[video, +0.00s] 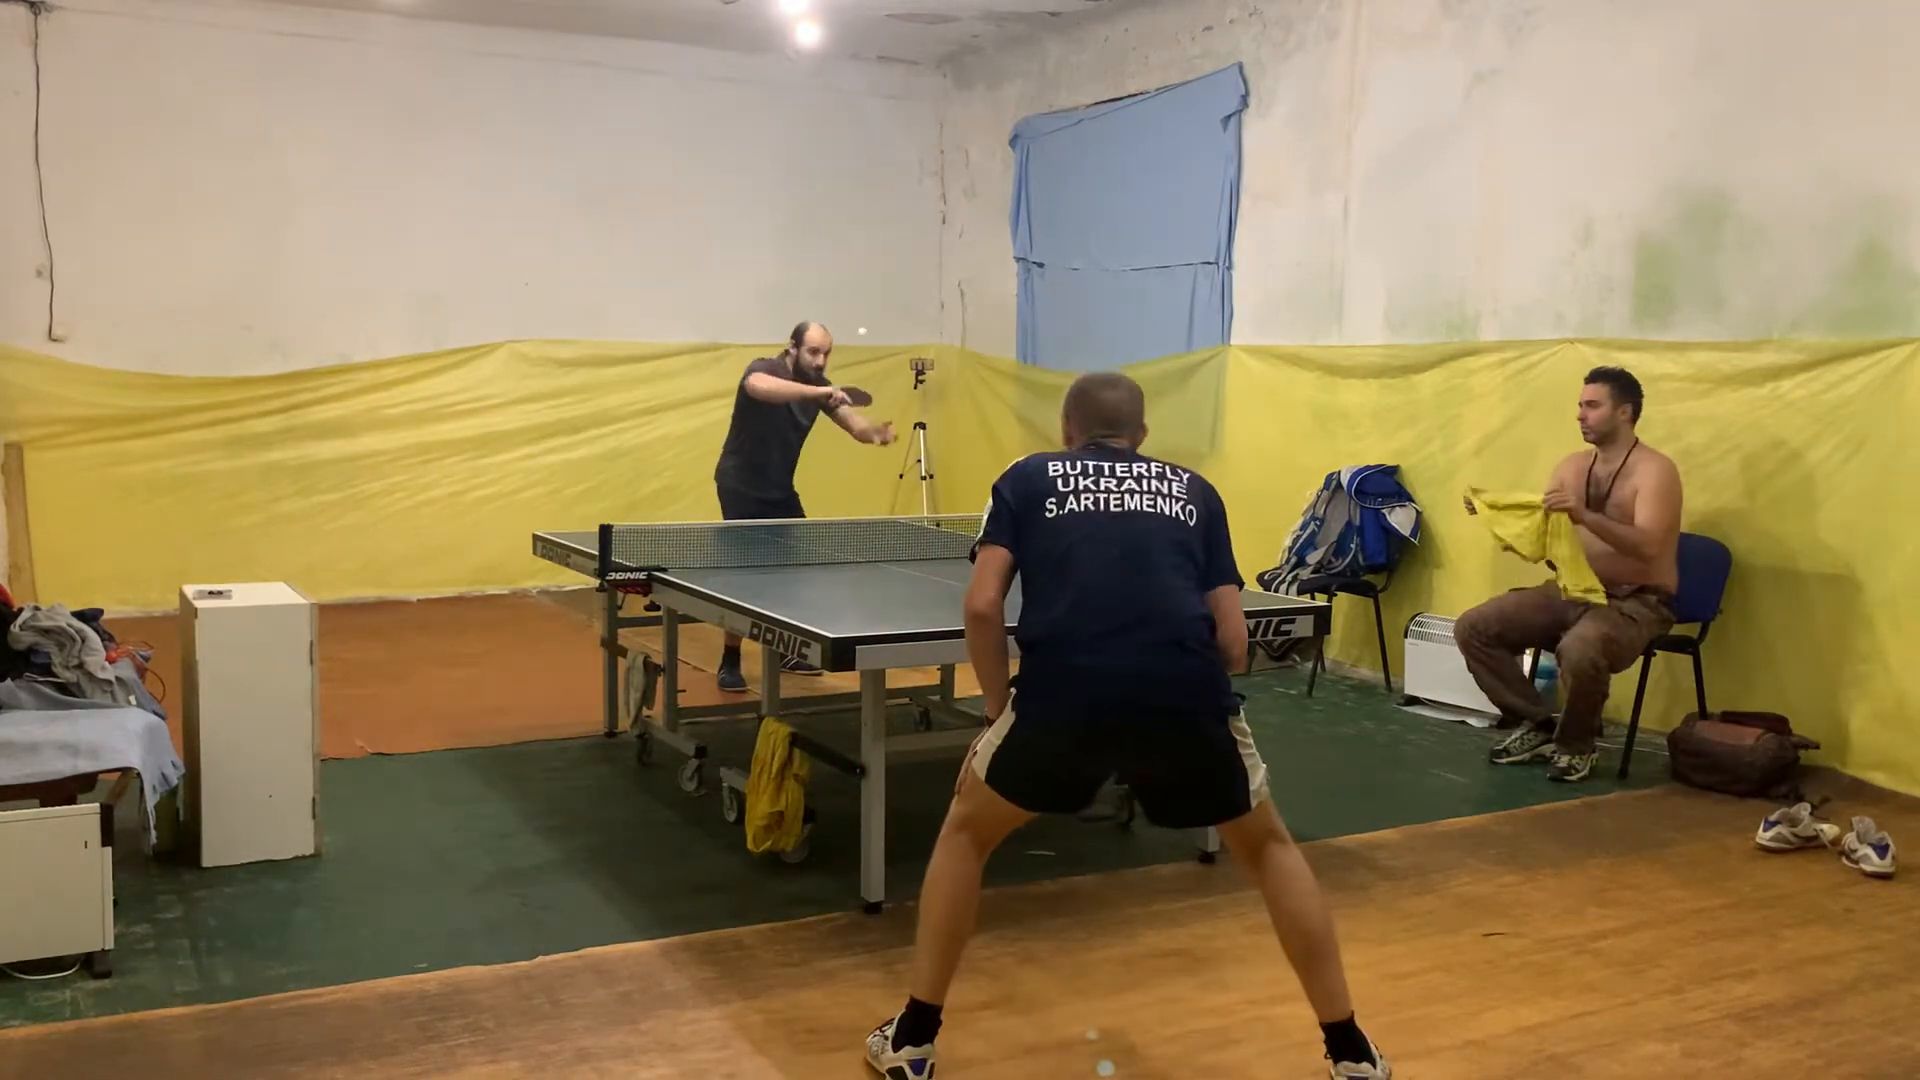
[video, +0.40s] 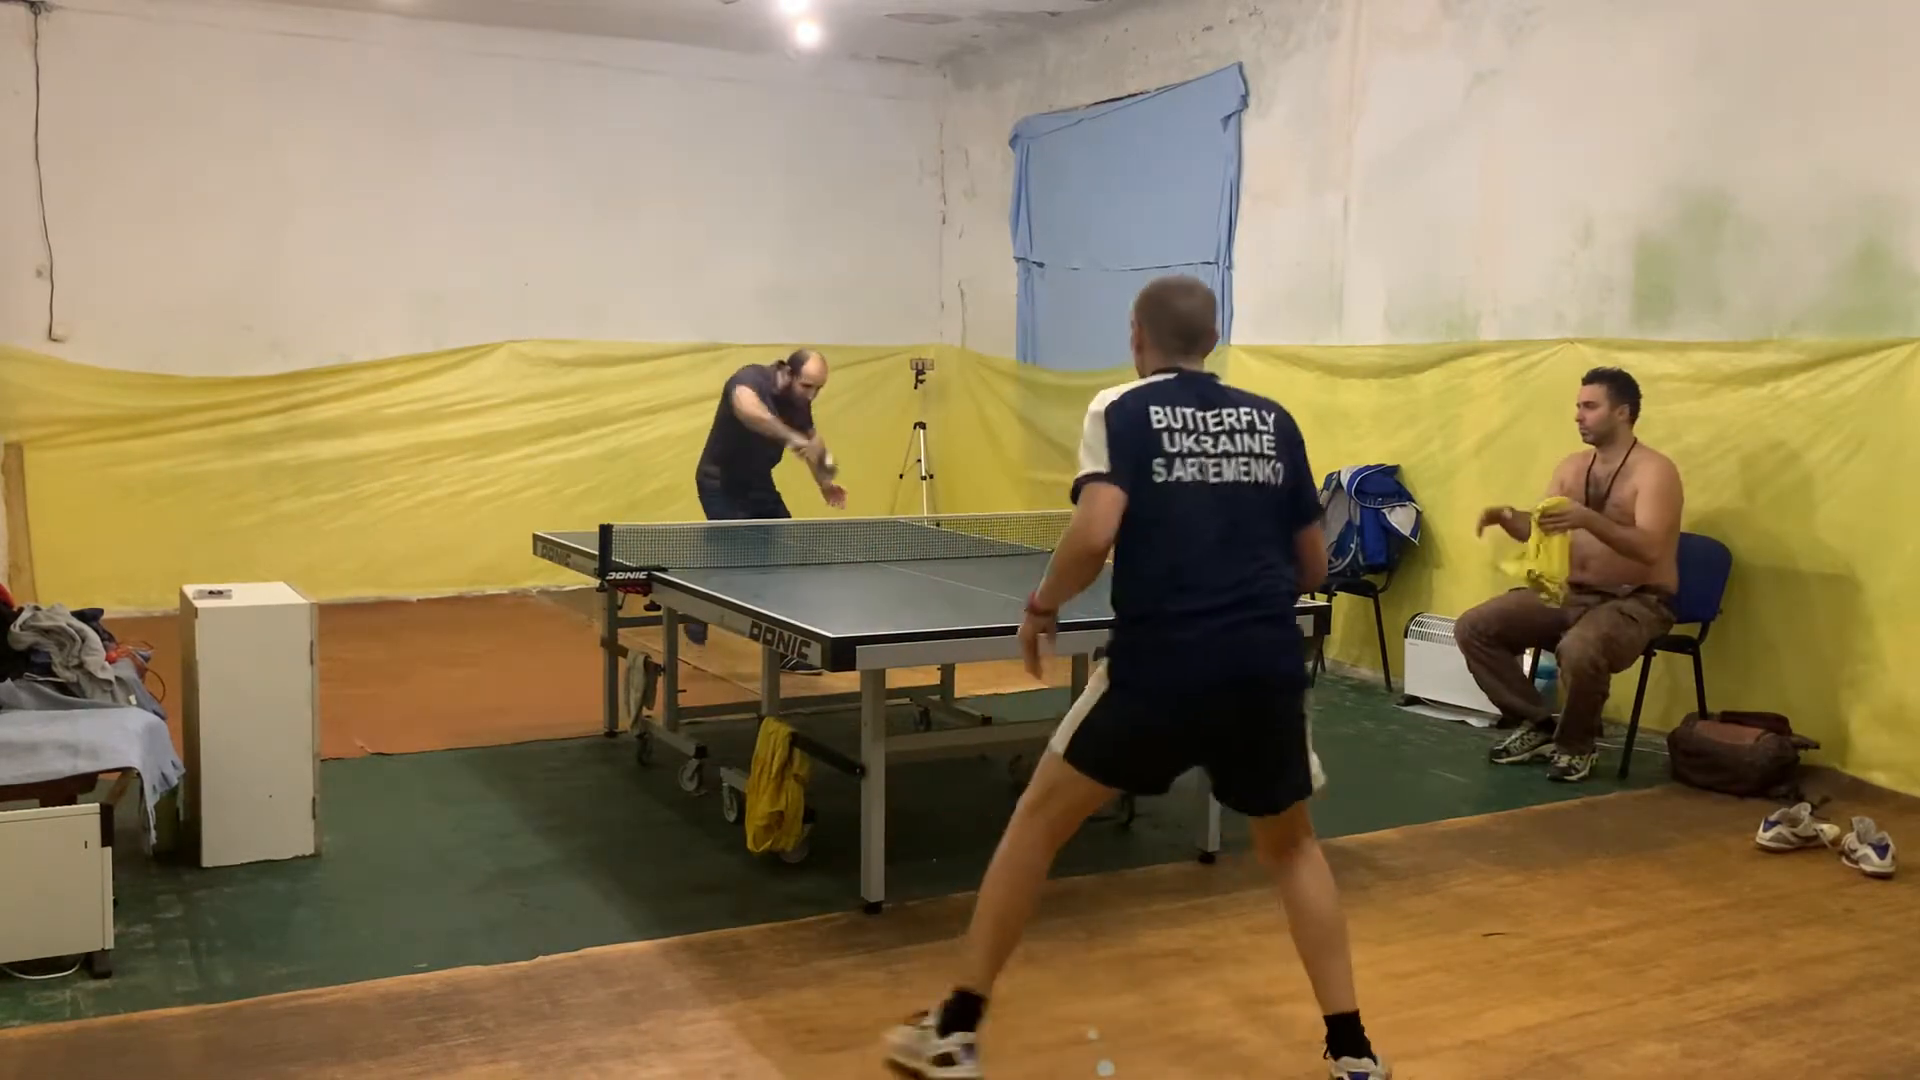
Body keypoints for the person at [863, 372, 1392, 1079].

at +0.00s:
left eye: (1060, 429)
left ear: (1068, 431)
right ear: (1144, 436)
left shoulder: (1028, 478)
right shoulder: (1193, 490)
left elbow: (982, 606)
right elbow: (1232, 640)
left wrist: (999, 710)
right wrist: (1190, 694)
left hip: (1062, 704)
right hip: (1185, 707)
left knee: (967, 835)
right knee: (1268, 847)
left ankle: (915, 1032)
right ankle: (1349, 1047)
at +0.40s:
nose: (1130, 348)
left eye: (1131, 336)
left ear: (1139, 341)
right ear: (1216, 345)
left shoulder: (1118, 410)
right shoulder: (1272, 419)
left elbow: (1095, 536)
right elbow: (1312, 565)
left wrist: (1042, 607)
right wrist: (1238, 579)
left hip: (1156, 670)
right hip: (1265, 670)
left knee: (1039, 824)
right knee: (1293, 845)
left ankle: (958, 1022)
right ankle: (1352, 1048)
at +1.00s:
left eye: (1146, 359)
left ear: (1148, 358)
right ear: (1221, 370)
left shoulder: (1110, 408)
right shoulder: (1262, 435)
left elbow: (1053, 531)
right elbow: (1281, 564)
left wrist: (1044, 572)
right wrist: (1313, 537)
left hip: (1141, 658)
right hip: (1245, 656)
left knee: (1057, 829)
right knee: (1256, 768)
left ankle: (1056, 1038)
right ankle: (1302, 935)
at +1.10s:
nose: (1163, 362)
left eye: (1163, 351)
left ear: (1162, 351)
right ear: (1234, 364)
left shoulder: (1123, 397)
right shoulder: (1271, 428)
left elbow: (1070, 513)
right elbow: (1278, 543)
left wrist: (1051, 578)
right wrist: (1311, 546)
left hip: (1151, 652)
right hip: (1250, 651)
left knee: (1077, 826)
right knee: (1255, 782)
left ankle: (1059, 1036)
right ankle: (1269, 921)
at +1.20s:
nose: (1167, 373)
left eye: (1169, 362)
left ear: (1176, 361)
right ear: (1242, 372)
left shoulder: (1154, 401)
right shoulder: (1276, 435)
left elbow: (1115, 509)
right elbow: (1261, 538)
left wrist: (1074, 581)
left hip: (1184, 645)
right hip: (1272, 643)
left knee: (1105, 818)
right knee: (1245, 764)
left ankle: (1064, 1033)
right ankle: (1264, 919)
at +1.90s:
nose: (1142, 338)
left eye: (1144, 327)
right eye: (1148, 327)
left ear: (1153, 327)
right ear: (1224, 334)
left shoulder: (1138, 378)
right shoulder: (1273, 404)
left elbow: (1108, 500)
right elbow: (1282, 520)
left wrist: (1058, 580)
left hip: (1179, 640)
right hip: (1278, 636)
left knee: (1087, 812)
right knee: (1280, 782)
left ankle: (1132, 1036)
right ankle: (1345, 957)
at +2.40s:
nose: (1102, 416)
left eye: (1102, 399)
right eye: (1101, 401)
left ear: (1123, 393)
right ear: (1178, 393)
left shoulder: (1174, 451)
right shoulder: (1215, 456)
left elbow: (1160, 608)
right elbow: (1248, 620)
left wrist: (1040, 623)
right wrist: (1167, 671)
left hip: (1247, 706)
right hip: (1312, 698)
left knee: (1065, 840)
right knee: (1279, 853)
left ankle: (1054, 1066)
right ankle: (1401, 1016)